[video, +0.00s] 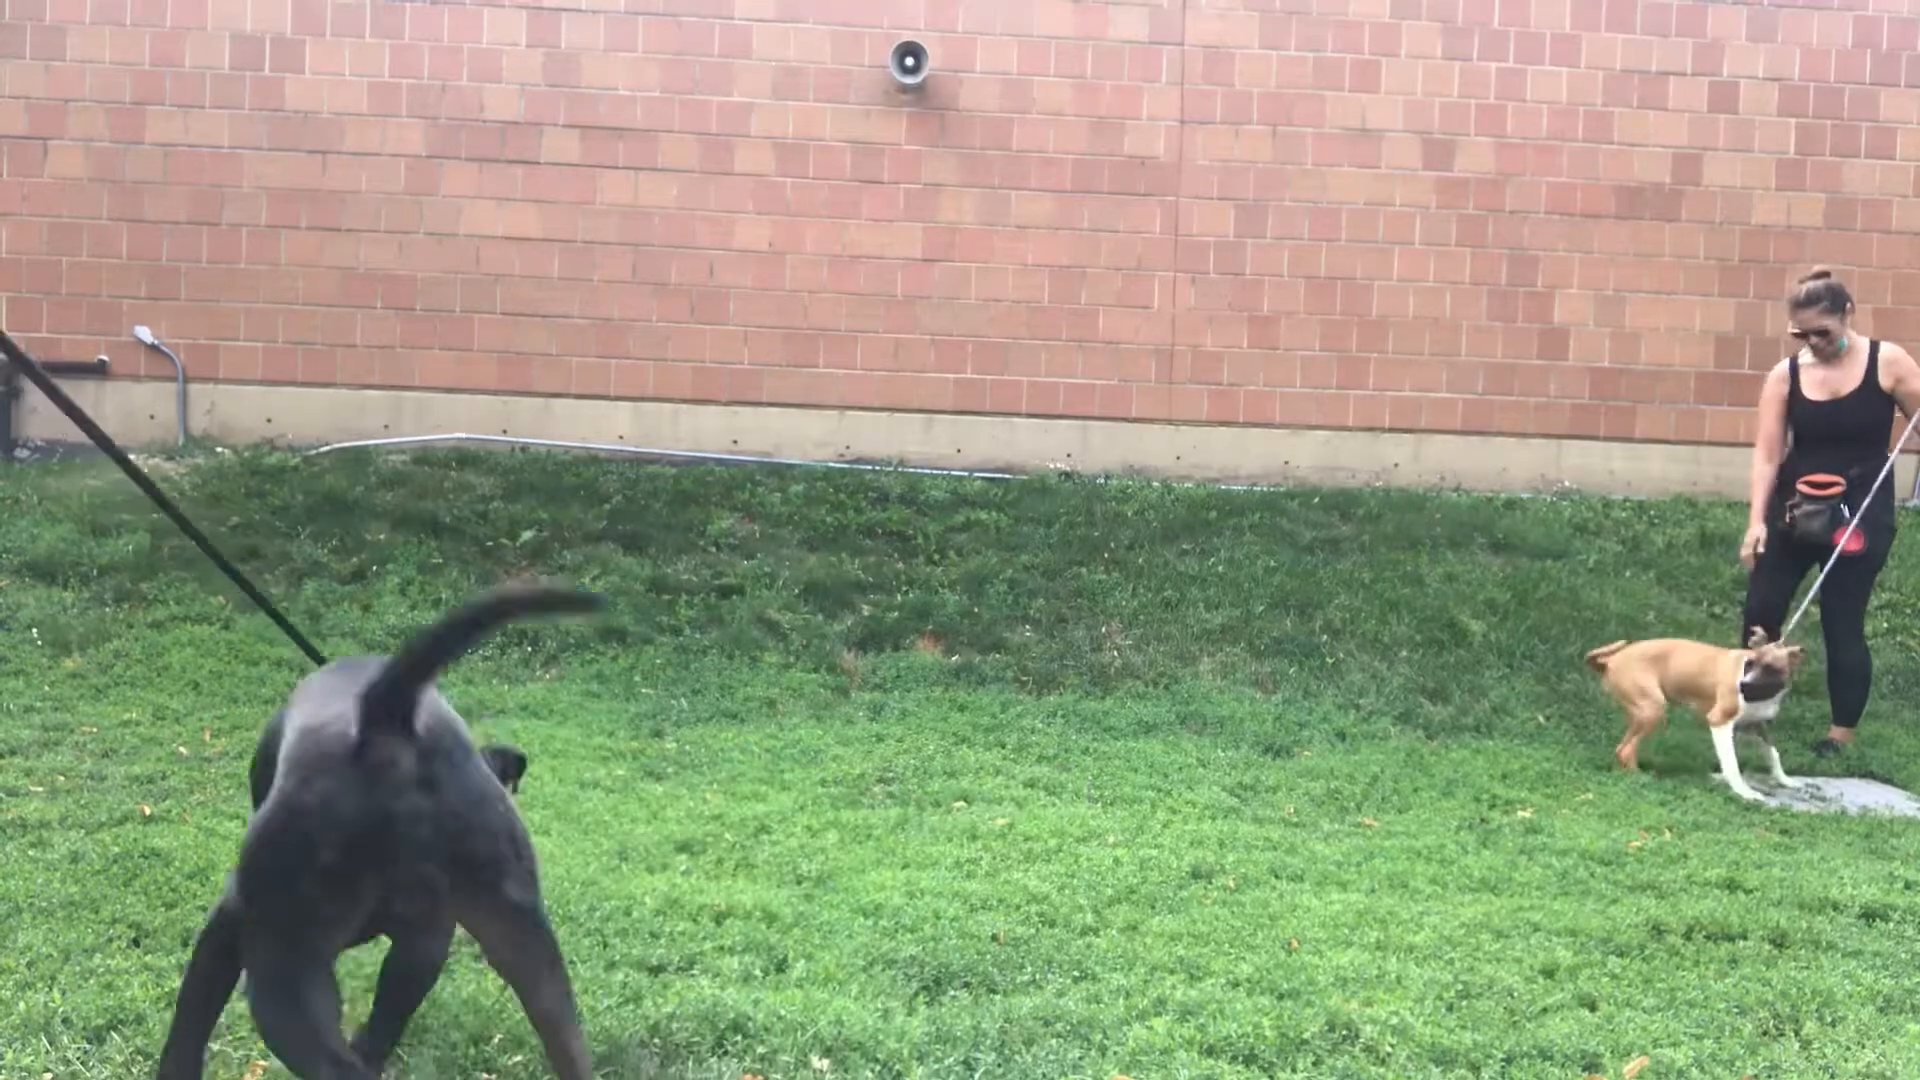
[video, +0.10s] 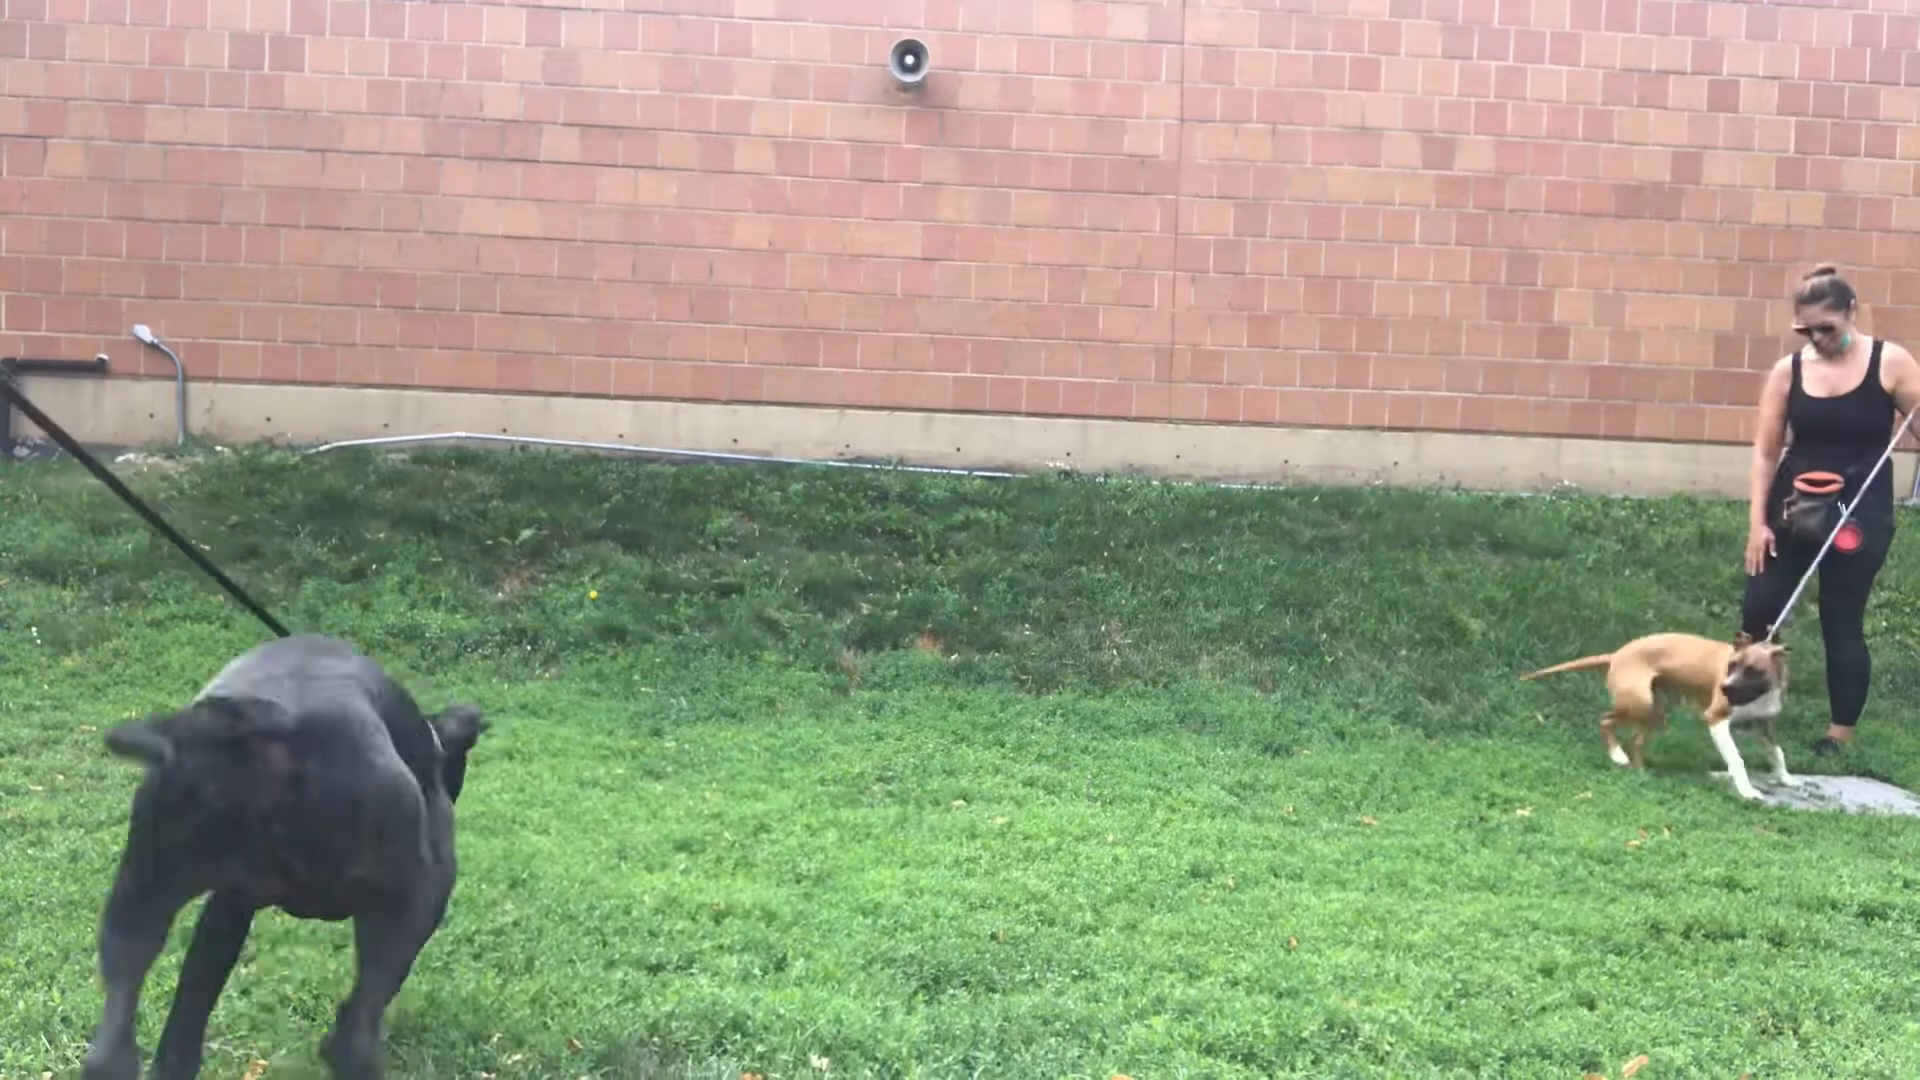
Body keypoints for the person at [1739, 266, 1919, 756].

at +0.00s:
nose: (1812, 342)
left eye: (1821, 332)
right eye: (1803, 333)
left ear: (1847, 316)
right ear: (1793, 325)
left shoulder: (1890, 364)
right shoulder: (1784, 376)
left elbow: (1916, 423)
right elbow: (1767, 454)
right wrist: (1756, 520)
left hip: (1862, 511)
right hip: (1795, 507)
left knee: (1840, 617)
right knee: (1760, 607)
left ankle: (1841, 732)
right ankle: (1752, 710)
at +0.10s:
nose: (1816, 338)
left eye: (1826, 328)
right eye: (1807, 329)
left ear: (1851, 313)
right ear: (1797, 322)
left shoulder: (1893, 365)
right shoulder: (1787, 371)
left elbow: (1917, 430)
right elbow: (1765, 452)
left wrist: (1906, 432)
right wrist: (1757, 522)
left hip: (1861, 512)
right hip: (1794, 507)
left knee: (1840, 619)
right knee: (1758, 607)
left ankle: (1840, 731)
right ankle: (1745, 709)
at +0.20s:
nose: (1820, 333)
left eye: (1829, 322)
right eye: (1810, 324)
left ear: (1854, 312)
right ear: (1800, 319)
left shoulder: (1894, 366)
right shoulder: (1789, 371)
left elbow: (1916, 438)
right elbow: (1768, 450)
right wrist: (1758, 519)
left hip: (1861, 515)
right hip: (1795, 509)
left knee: (1841, 620)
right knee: (1758, 604)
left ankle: (1841, 731)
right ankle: (1754, 709)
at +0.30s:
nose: (1820, 325)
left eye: (1830, 314)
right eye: (1810, 316)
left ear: (1854, 308)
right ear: (1802, 316)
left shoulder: (1894, 365)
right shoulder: (1790, 369)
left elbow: (1913, 441)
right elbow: (1768, 449)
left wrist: (1910, 400)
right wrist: (1758, 515)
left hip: (1859, 510)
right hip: (1793, 505)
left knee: (1840, 618)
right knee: (1756, 606)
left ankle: (1841, 731)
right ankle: (1755, 711)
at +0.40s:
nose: (1820, 321)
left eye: (1830, 310)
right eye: (1810, 313)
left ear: (1855, 305)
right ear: (1803, 314)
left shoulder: (1893, 364)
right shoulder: (1792, 368)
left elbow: (1912, 443)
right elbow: (1768, 447)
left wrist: (1910, 404)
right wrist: (1759, 513)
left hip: (1858, 510)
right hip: (1792, 506)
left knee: (1840, 619)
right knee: (1754, 605)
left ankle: (1841, 732)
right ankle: (1755, 712)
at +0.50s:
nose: (1819, 319)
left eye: (1829, 308)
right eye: (1810, 311)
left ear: (1855, 305)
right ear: (1804, 313)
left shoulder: (1894, 365)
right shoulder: (1794, 366)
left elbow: (1918, 439)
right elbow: (1769, 445)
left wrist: (1900, 425)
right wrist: (1765, 511)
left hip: (1858, 511)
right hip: (1794, 507)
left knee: (1841, 618)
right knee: (1755, 603)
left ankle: (1841, 732)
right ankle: (1755, 714)